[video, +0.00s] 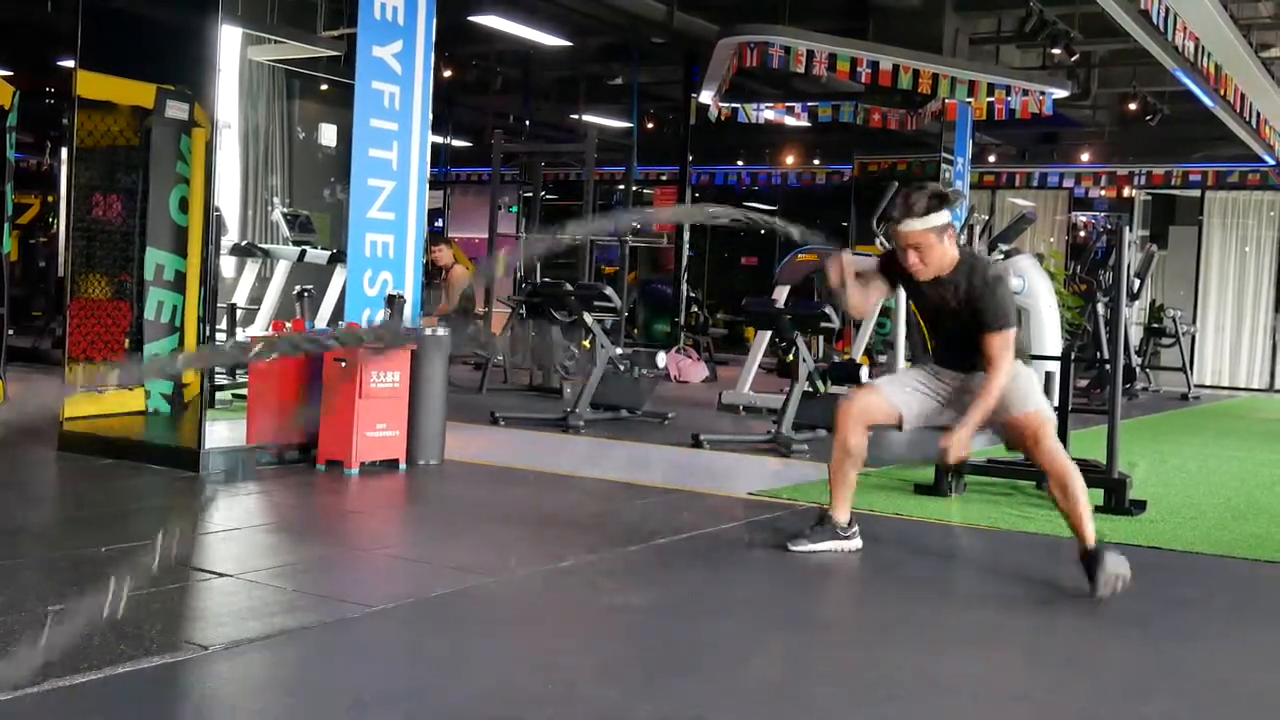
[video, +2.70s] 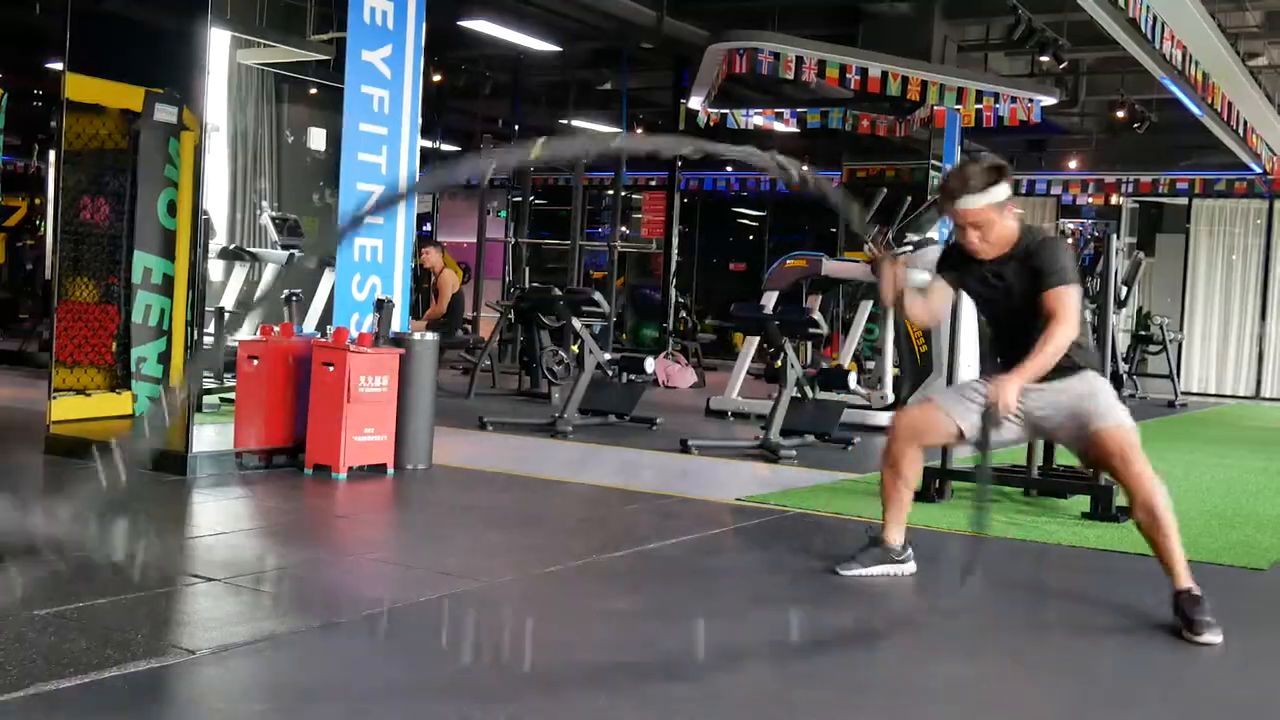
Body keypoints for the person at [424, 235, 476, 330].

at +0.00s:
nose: (436, 255)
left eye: (440, 251)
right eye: (433, 252)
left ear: (451, 250)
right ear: (430, 255)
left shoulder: (457, 272)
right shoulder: (445, 273)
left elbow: (452, 306)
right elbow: (444, 303)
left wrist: (435, 317)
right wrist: (435, 317)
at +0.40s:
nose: (428, 254)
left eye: (432, 250)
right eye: (425, 251)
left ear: (441, 250)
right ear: (423, 254)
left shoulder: (450, 271)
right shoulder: (437, 271)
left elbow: (445, 303)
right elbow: (437, 300)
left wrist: (427, 317)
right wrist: (426, 317)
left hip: (452, 321)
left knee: (410, 321)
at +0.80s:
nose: (419, 255)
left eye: (423, 250)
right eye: (416, 251)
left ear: (433, 250)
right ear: (413, 255)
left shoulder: (440, 271)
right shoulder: (429, 273)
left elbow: (436, 304)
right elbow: (429, 301)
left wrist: (418, 317)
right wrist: (418, 318)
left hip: (443, 322)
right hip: (436, 318)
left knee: (402, 321)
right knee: (401, 320)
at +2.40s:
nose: (424, 256)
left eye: (428, 252)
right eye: (423, 254)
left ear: (441, 254)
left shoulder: (447, 275)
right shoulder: (436, 277)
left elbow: (443, 308)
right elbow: (434, 306)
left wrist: (424, 321)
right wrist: (424, 322)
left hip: (448, 327)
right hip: (441, 324)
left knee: (407, 326)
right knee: (406, 324)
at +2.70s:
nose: (423, 257)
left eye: (427, 253)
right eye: (422, 254)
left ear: (439, 255)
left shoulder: (446, 275)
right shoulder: (435, 278)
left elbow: (441, 309)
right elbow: (433, 306)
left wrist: (422, 322)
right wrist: (421, 322)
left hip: (450, 327)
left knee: (408, 325)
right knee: (407, 323)